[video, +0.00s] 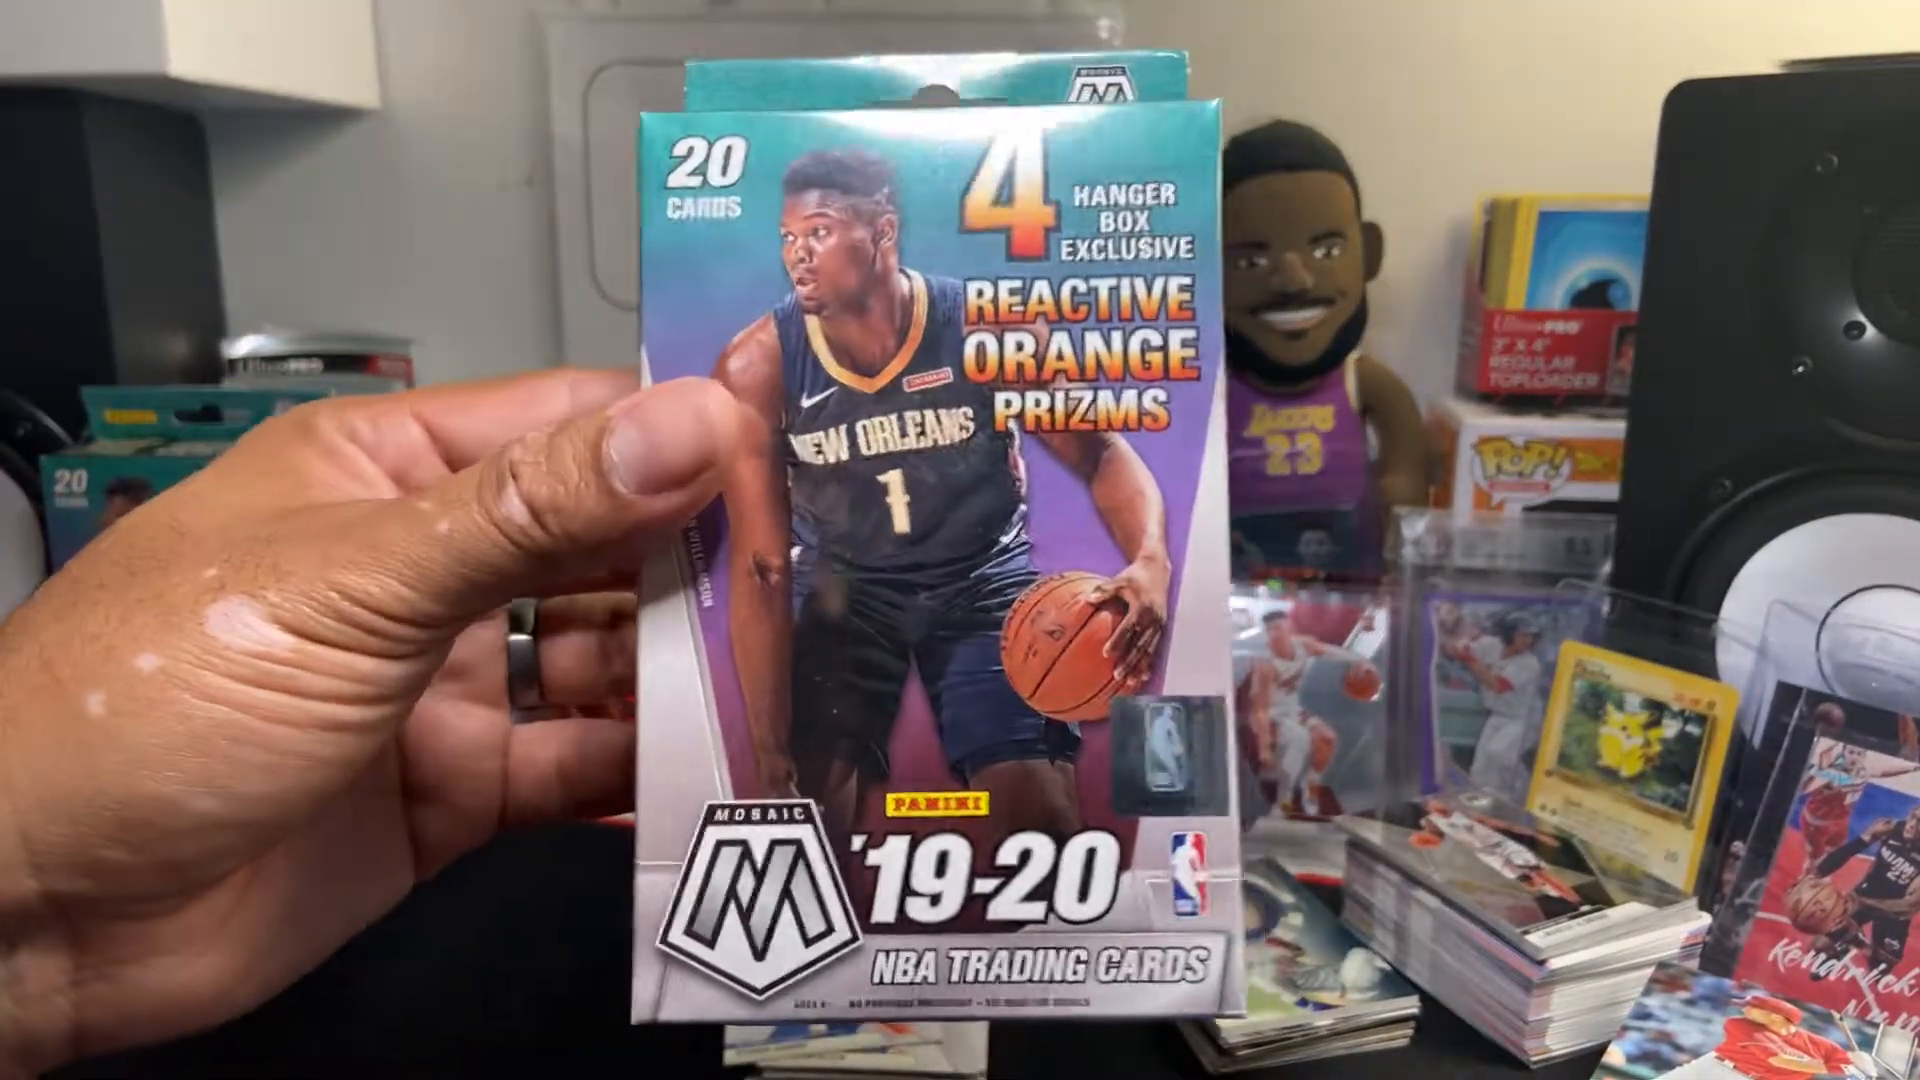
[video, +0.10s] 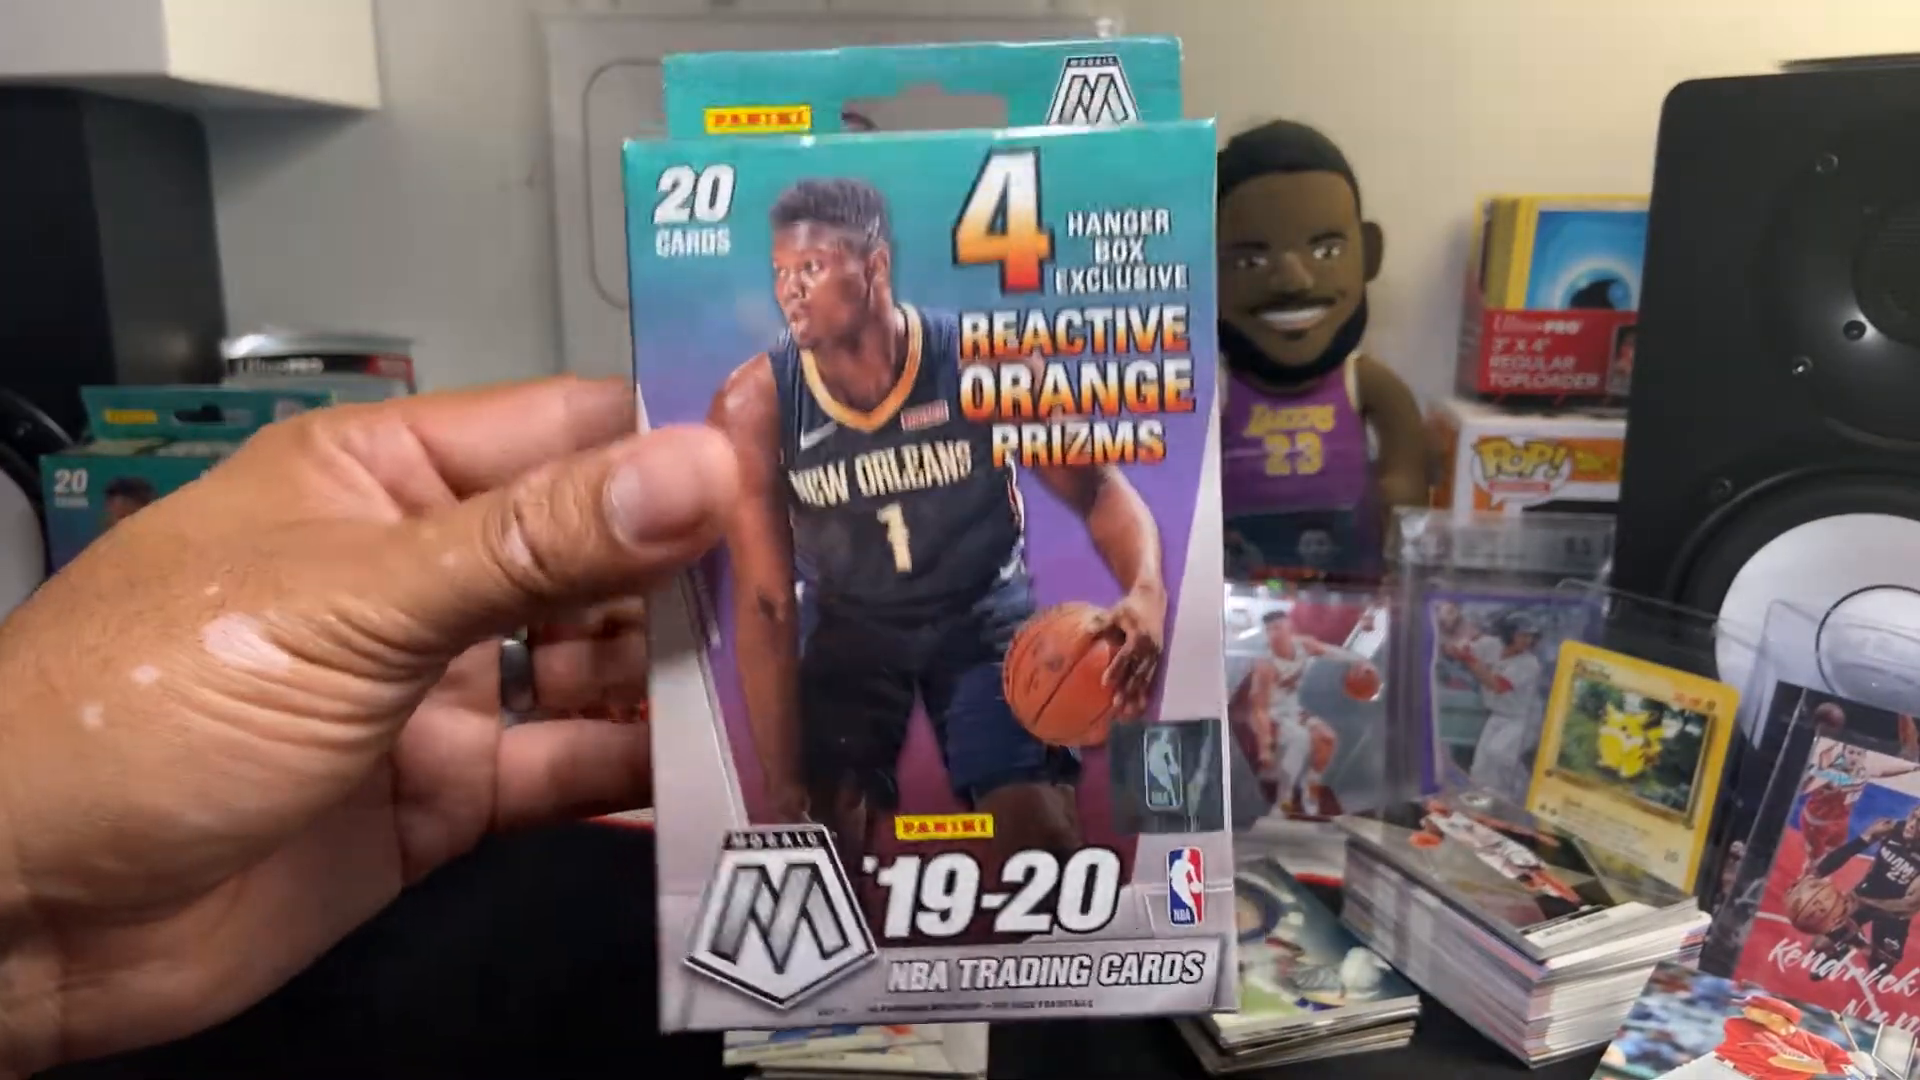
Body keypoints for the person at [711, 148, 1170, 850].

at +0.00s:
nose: (798, 255)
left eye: (819, 234)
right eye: (790, 239)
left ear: (884, 233)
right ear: (782, 250)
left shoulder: (982, 327)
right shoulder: (760, 364)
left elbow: (1099, 454)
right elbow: (761, 571)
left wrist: (1152, 559)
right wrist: (769, 755)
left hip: (986, 582)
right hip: (848, 593)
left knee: (1031, 802)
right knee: (814, 800)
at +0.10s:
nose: (790, 291)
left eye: (811, 268)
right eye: (781, 273)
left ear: (877, 267)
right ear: (772, 283)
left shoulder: (979, 362)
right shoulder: (756, 403)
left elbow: (1095, 488)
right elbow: (765, 606)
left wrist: (1147, 589)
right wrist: (781, 788)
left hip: (982, 619)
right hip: (852, 631)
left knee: (1034, 827)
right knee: (828, 831)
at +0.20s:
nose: (779, 345)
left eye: (799, 320)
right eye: (769, 326)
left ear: (863, 320)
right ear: (762, 335)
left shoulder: (968, 404)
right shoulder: (752, 457)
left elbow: (1090, 521)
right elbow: (774, 651)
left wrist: (1145, 618)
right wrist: (800, 826)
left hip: (988, 654)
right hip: (862, 672)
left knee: (1054, 851)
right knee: (843, 871)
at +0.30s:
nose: (790, 376)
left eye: (811, 351)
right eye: (780, 357)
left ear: (876, 352)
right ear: (773, 364)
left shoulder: (976, 444)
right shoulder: (757, 487)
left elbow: (1092, 565)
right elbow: (769, 680)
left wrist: (1143, 669)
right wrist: (786, 853)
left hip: (985, 694)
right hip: (855, 707)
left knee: (1038, 893)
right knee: (824, 903)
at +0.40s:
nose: (802, 398)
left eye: (823, 375)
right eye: (792, 378)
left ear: (892, 374)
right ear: (785, 383)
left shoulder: (997, 469)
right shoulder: (767, 512)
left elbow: (1113, 595)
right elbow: (780, 707)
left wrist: (1162, 694)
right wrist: (789, 884)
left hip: (996, 733)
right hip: (865, 743)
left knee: (1052, 917)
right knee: (849, 943)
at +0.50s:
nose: (862, 470)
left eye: (883, 443)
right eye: (839, 449)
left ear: (927, 451)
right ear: (814, 466)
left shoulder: (1026, 553)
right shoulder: (794, 588)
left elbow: (1147, 662)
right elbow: (793, 762)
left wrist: (1181, 761)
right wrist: (810, 922)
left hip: (1014, 820)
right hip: (875, 828)